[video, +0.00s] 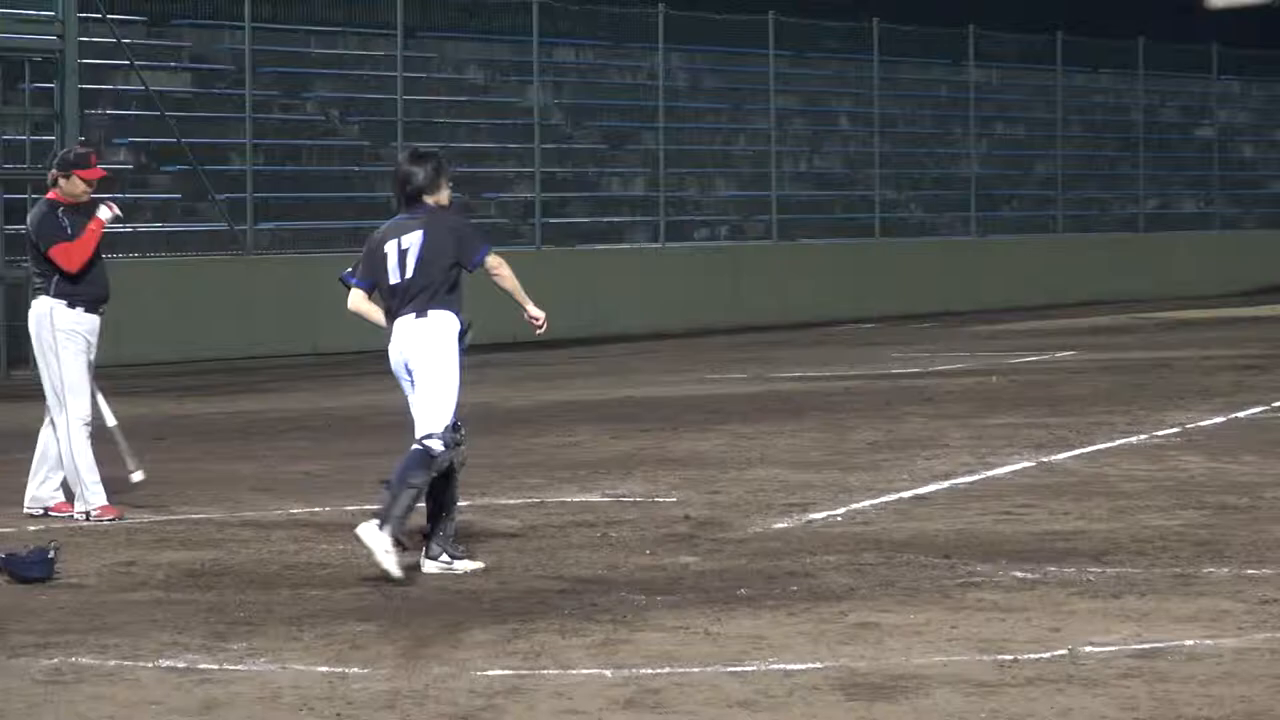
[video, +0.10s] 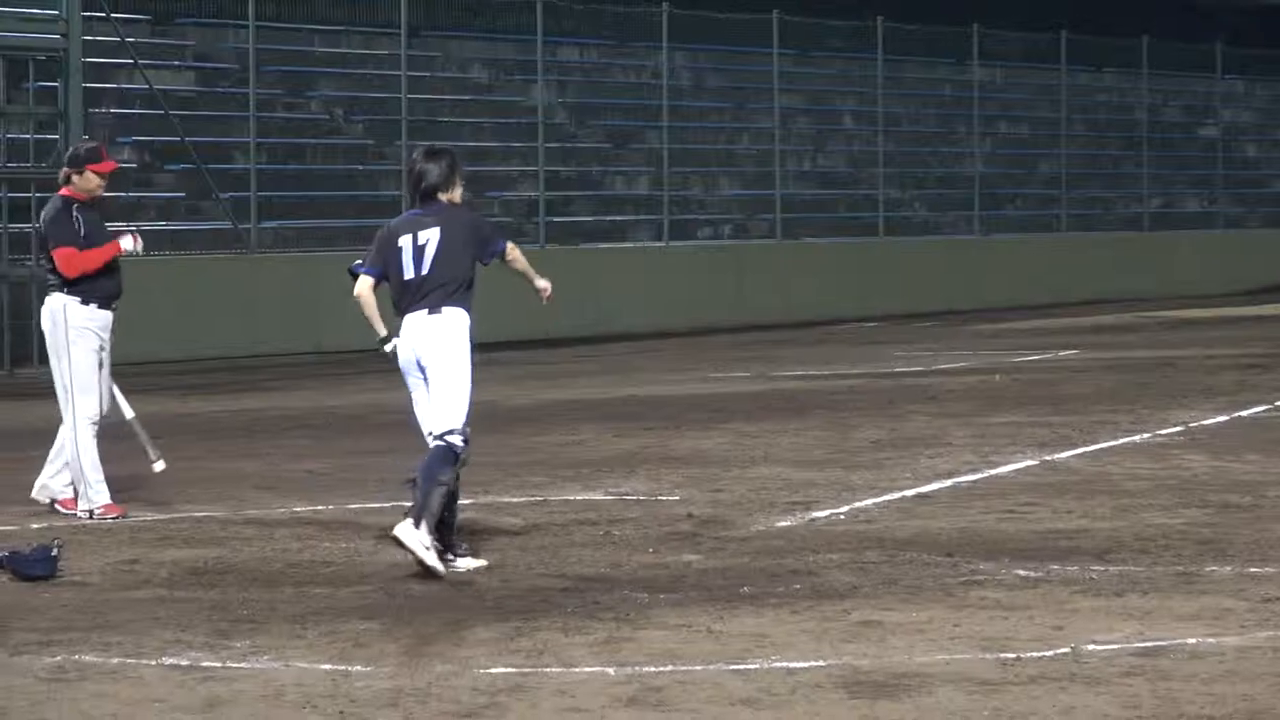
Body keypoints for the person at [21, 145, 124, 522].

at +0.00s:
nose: (92, 188)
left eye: (93, 181)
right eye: (85, 181)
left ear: (80, 181)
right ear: (61, 179)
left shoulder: (79, 213)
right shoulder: (43, 213)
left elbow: (79, 267)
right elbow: (71, 260)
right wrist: (99, 221)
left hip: (84, 318)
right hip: (58, 317)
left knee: (66, 411)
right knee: (74, 412)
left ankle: (42, 495)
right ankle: (91, 502)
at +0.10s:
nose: (105, 181)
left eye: (106, 175)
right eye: (99, 175)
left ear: (88, 177)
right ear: (75, 175)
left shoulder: (87, 210)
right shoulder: (58, 210)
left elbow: (89, 261)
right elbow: (69, 266)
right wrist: (117, 245)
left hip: (96, 315)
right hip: (72, 314)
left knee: (94, 406)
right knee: (81, 408)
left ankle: (52, 485)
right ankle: (94, 500)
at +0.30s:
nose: (123, 181)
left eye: (124, 175)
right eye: (118, 174)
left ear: (102, 177)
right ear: (95, 176)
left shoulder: (104, 213)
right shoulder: (77, 214)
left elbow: (105, 271)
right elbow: (78, 275)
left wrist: (118, 318)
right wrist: (110, 322)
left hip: (110, 317)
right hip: (82, 318)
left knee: (130, 404)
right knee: (89, 411)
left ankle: (90, 481)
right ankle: (93, 504)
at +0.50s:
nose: (145, 173)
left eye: (145, 168)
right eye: (139, 168)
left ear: (126, 171)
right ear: (117, 170)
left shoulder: (128, 210)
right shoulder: (95, 212)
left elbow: (127, 266)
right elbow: (83, 272)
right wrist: (90, 330)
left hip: (137, 318)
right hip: (104, 317)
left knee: (146, 409)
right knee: (98, 416)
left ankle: (159, 493)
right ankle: (98, 501)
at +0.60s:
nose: (150, 183)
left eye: (149, 178)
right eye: (144, 177)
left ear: (130, 183)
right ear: (121, 181)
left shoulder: (135, 222)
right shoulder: (99, 219)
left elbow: (132, 274)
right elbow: (80, 275)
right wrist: (87, 333)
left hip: (143, 329)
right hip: (109, 328)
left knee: (150, 420)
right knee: (98, 425)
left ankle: (159, 505)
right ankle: (94, 510)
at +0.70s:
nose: (155, 172)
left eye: (154, 167)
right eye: (149, 166)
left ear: (135, 171)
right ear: (127, 171)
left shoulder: (148, 211)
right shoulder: (104, 210)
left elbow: (146, 262)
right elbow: (87, 266)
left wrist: (153, 312)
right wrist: (91, 320)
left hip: (151, 320)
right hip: (116, 318)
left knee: (155, 412)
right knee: (102, 414)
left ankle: (158, 495)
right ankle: (94, 500)